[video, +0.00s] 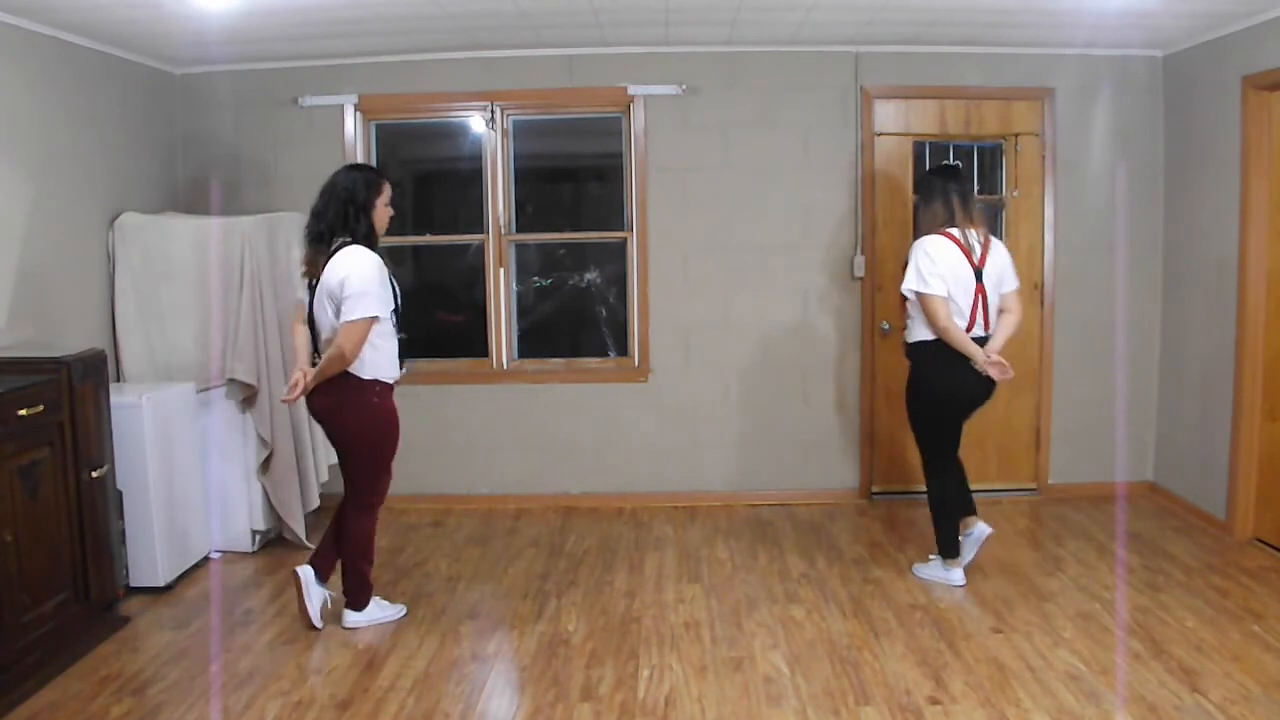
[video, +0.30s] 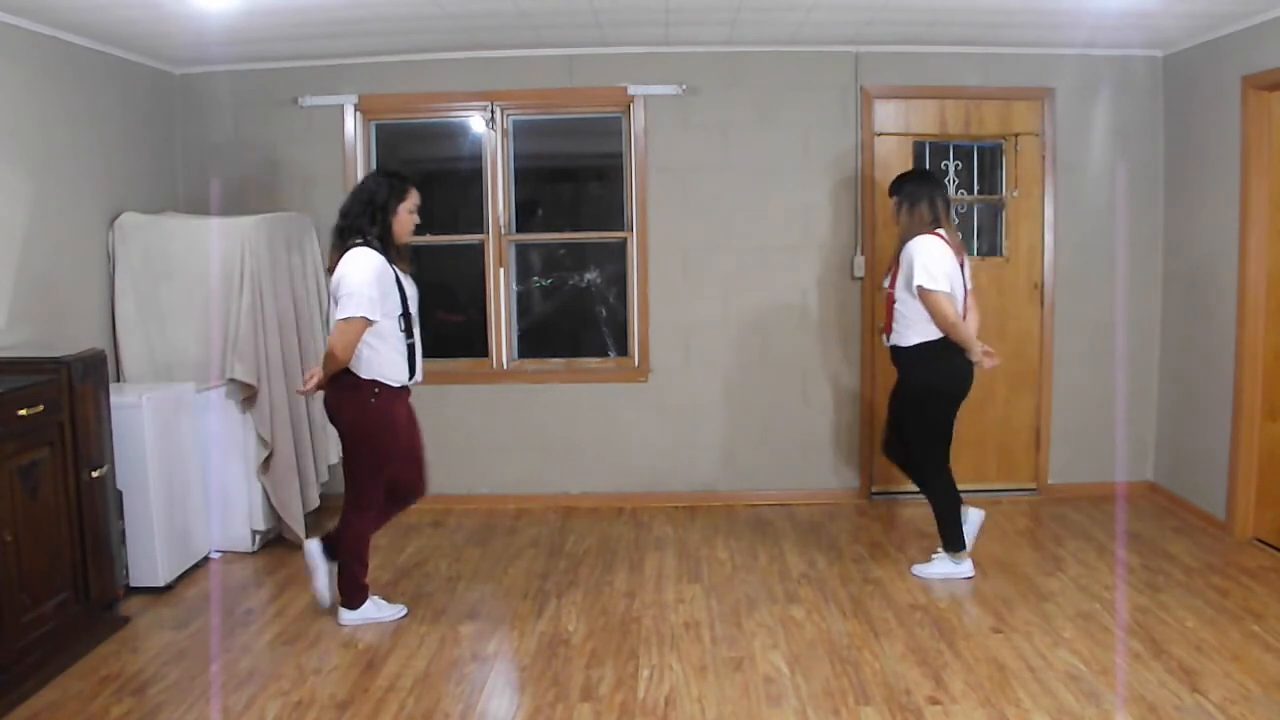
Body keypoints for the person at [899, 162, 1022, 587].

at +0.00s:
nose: (920, 210)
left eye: (922, 204)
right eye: (921, 204)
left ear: (930, 205)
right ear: (967, 202)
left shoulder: (927, 249)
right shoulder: (995, 248)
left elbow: (941, 322)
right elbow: (1012, 311)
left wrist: (980, 357)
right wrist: (990, 351)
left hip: (936, 366)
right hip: (980, 368)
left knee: (938, 458)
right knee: (943, 443)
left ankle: (949, 560)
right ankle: (969, 520)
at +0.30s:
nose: (894, 215)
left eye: (898, 207)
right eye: (894, 207)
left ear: (915, 206)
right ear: (936, 205)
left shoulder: (922, 247)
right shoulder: (950, 245)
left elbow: (943, 313)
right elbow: (969, 307)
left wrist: (974, 348)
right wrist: (972, 345)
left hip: (930, 364)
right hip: (939, 360)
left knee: (926, 457)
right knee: (895, 447)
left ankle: (955, 556)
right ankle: (959, 513)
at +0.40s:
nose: (885, 219)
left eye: (888, 210)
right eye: (885, 211)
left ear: (906, 208)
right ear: (921, 207)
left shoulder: (914, 249)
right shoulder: (935, 247)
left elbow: (933, 309)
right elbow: (957, 307)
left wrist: (965, 348)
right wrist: (967, 347)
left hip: (924, 365)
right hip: (928, 361)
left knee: (935, 460)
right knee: (878, 443)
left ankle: (958, 555)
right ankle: (931, 515)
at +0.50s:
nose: (866, 221)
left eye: (869, 213)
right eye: (866, 213)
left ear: (886, 212)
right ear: (904, 210)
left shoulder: (900, 248)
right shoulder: (921, 248)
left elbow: (918, 303)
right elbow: (943, 308)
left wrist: (952, 343)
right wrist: (954, 345)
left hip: (911, 365)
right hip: (909, 364)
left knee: (929, 462)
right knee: (862, 441)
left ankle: (956, 554)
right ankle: (880, 529)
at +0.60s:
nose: (850, 229)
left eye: (853, 219)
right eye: (849, 220)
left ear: (870, 217)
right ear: (889, 216)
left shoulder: (883, 255)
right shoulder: (905, 253)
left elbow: (906, 313)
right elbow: (928, 309)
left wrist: (939, 349)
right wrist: (938, 350)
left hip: (895, 368)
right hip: (890, 366)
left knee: (921, 465)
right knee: (850, 448)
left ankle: (956, 555)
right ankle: (823, 530)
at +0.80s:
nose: (805, 231)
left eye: (809, 222)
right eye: (805, 222)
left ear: (826, 222)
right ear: (842, 221)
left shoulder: (836, 259)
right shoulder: (858, 260)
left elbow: (854, 315)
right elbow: (882, 314)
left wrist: (888, 351)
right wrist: (885, 353)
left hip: (847, 370)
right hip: (846, 368)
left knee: (883, 463)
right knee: (815, 455)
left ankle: (946, 541)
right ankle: (782, 531)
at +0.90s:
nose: (786, 226)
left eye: (789, 218)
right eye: (785, 218)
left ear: (806, 216)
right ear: (821, 215)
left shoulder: (816, 251)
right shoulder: (826, 249)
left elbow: (834, 306)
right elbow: (856, 303)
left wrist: (862, 341)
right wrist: (863, 338)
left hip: (829, 362)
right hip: (817, 362)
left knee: (838, 462)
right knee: (804, 453)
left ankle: (917, 520)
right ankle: (780, 532)